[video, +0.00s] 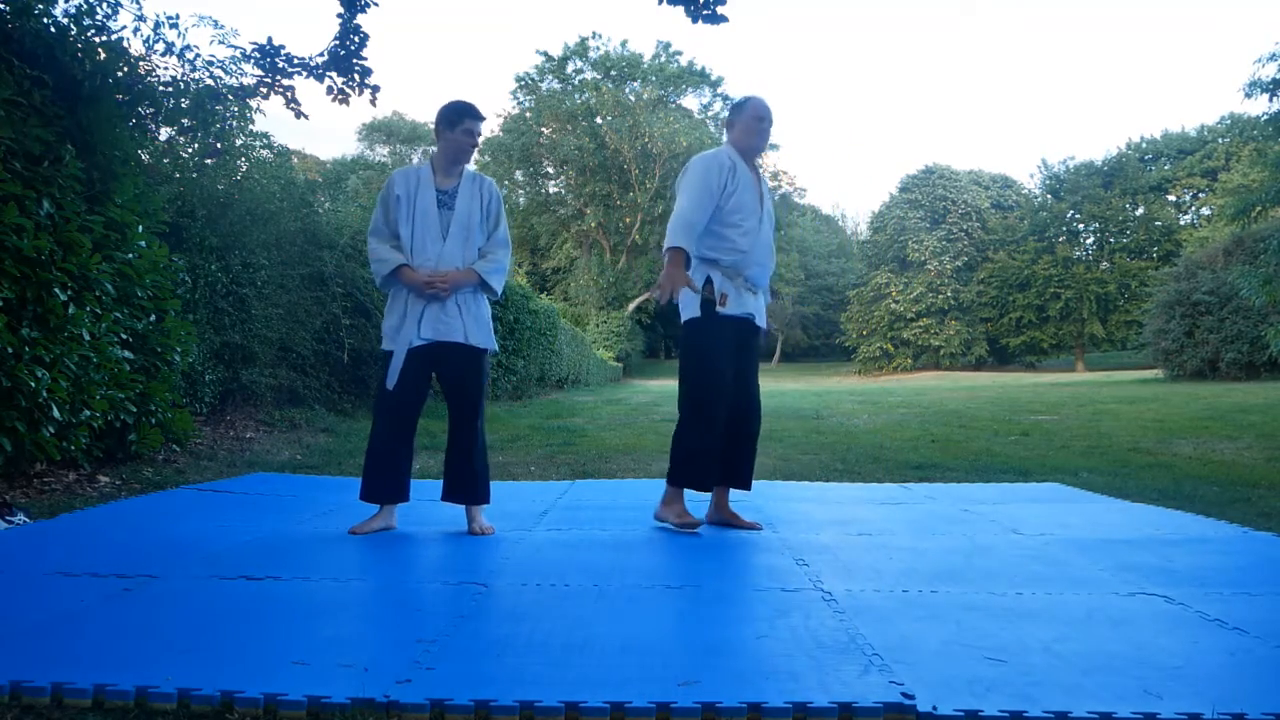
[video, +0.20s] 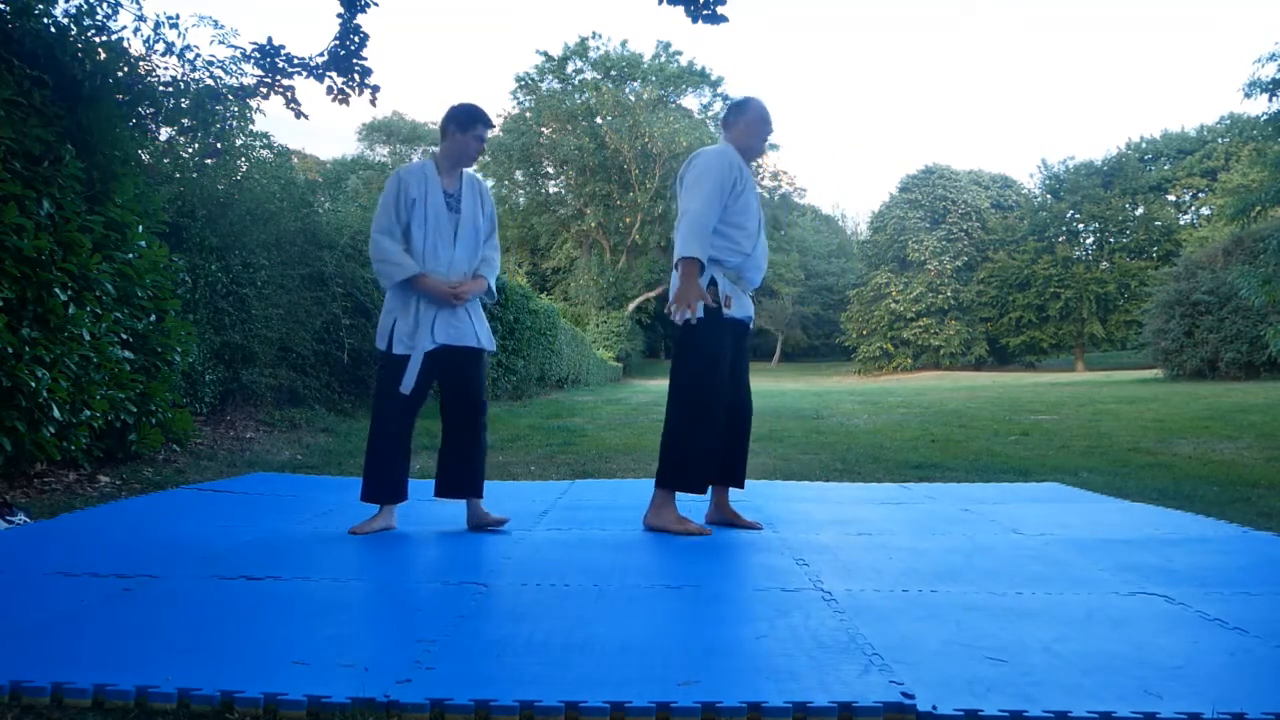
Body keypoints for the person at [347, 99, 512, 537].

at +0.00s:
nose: (475, 142)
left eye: (478, 135)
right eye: (468, 133)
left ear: (477, 139)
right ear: (441, 133)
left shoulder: (486, 191)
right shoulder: (401, 182)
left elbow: (499, 255)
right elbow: (378, 244)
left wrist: (462, 277)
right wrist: (410, 276)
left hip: (466, 322)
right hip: (411, 320)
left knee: (469, 419)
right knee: (394, 415)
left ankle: (475, 511)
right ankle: (387, 511)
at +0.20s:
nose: (482, 148)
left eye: (484, 141)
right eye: (476, 139)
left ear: (477, 143)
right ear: (450, 133)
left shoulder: (480, 191)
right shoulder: (407, 179)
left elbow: (491, 248)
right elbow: (382, 245)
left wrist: (479, 281)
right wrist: (426, 283)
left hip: (465, 319)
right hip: (412, 317)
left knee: (470, 415)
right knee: (393, 414)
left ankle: (475, 507)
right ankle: (387, 511)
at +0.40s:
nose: (502, 156)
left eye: (505, 150)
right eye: (499, 147)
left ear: (490, 146)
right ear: (474, 136)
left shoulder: (488, 197)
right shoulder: (425, 177)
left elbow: (488, 259)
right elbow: (401, 240)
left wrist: (496, 301)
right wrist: (431, 288)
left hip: (469, 323)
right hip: (417, 316)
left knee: (478, 407)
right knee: (396, 412)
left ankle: (464, 507)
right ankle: (387, 510)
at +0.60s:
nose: (532, 165)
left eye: (536, 159)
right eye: (530, 155)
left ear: (517, 152)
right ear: (508, 142)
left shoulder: (511, 204)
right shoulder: (456, 176)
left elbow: (510, 269)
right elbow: (427, 233)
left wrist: (507, 325)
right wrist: (430, 288)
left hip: (488, 320)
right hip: (441, 309)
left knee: (483, 413)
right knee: (409, 407)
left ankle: (464, 508)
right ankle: (384, 503)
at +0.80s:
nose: (553, 167)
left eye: (557, 162)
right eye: (552, 157)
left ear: (540, 156)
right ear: (529, 144)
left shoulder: (525, 209)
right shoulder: (485, 174)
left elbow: (520, 271)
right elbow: (457, 222)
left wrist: (523, 320)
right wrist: (445, 273)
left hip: (500, 317)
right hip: (462, 306)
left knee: (488, 412)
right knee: (447, 404)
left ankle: (463, 505)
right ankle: (422, 497)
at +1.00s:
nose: (567, 170)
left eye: (572, 164)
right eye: (567, 159)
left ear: (551, 155)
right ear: (545, 147)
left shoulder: (532, 199)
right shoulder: (510, 175)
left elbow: (529, 269)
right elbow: (486, 223)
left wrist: (541, 314)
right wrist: (501, 268)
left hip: (507, 315)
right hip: (491, 310)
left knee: (478, 408)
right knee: (505, 406)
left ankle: (461, 506)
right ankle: (512, 509)